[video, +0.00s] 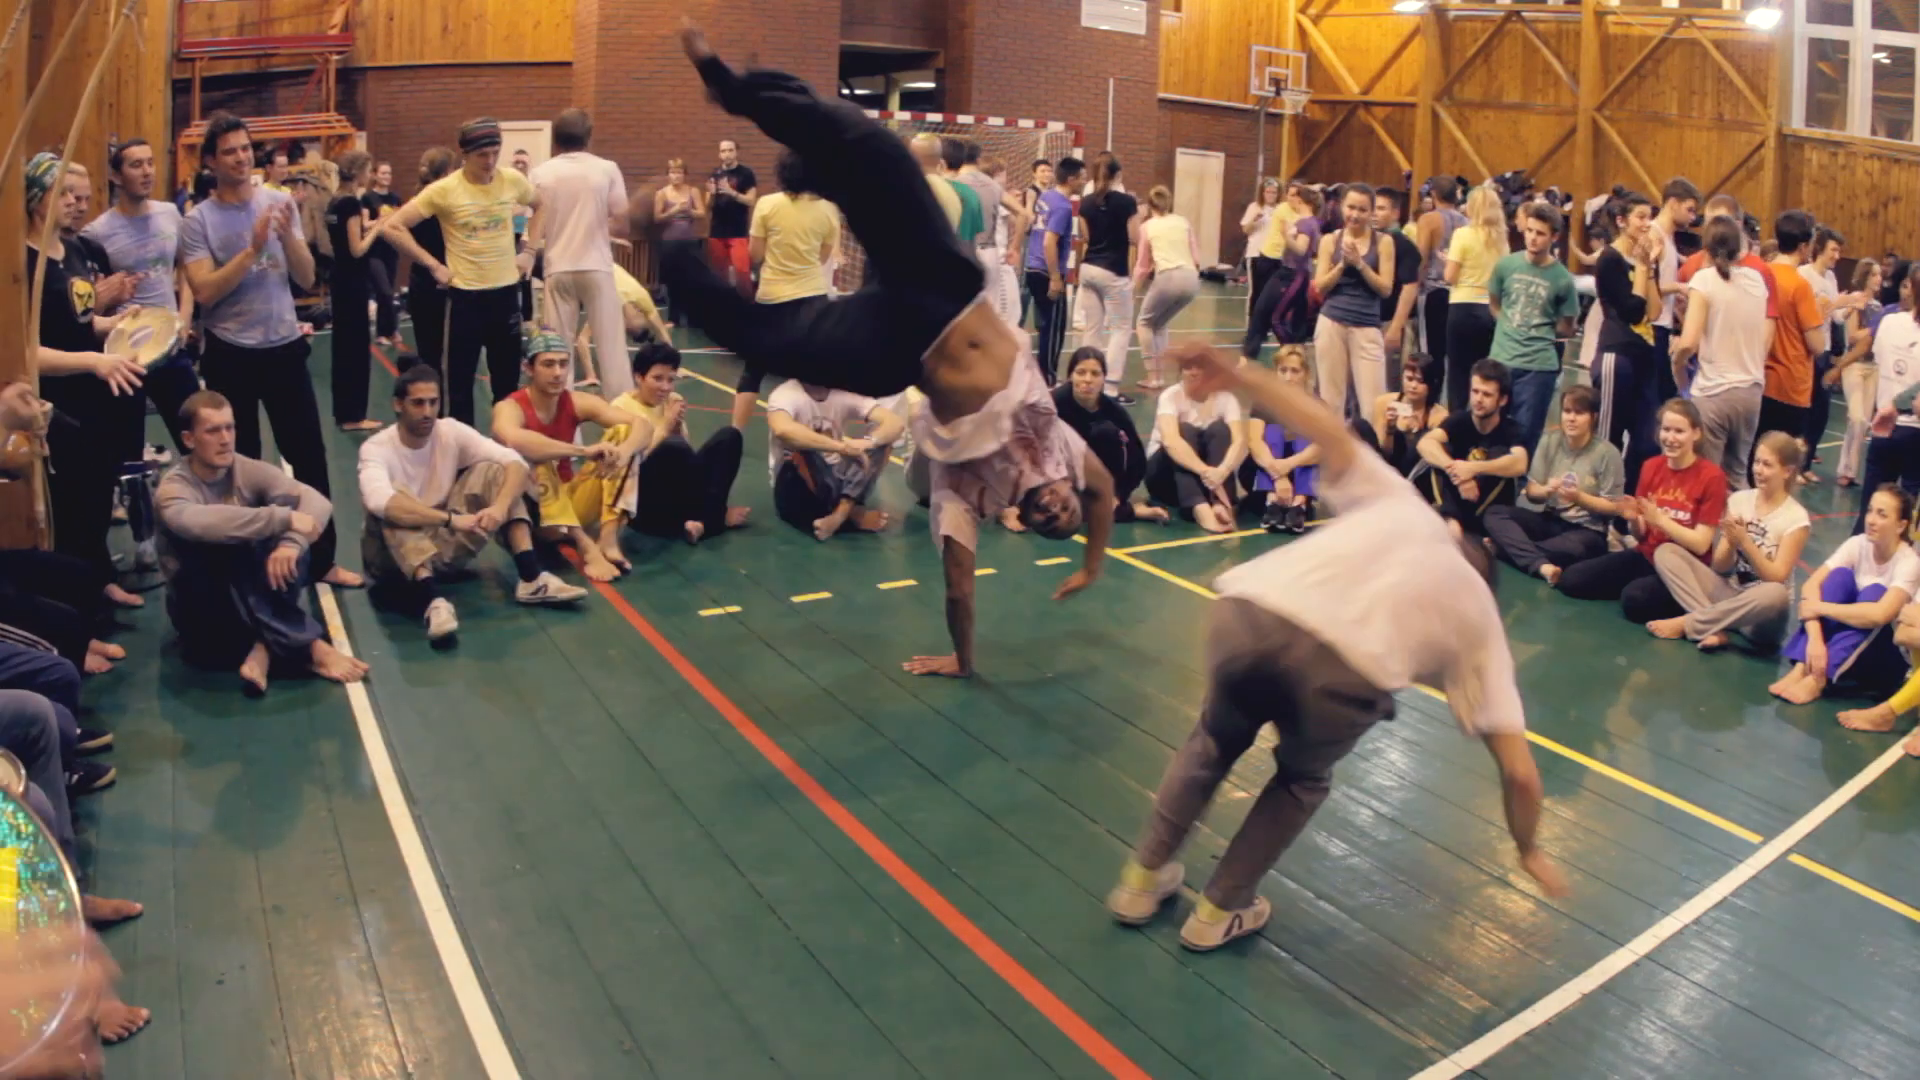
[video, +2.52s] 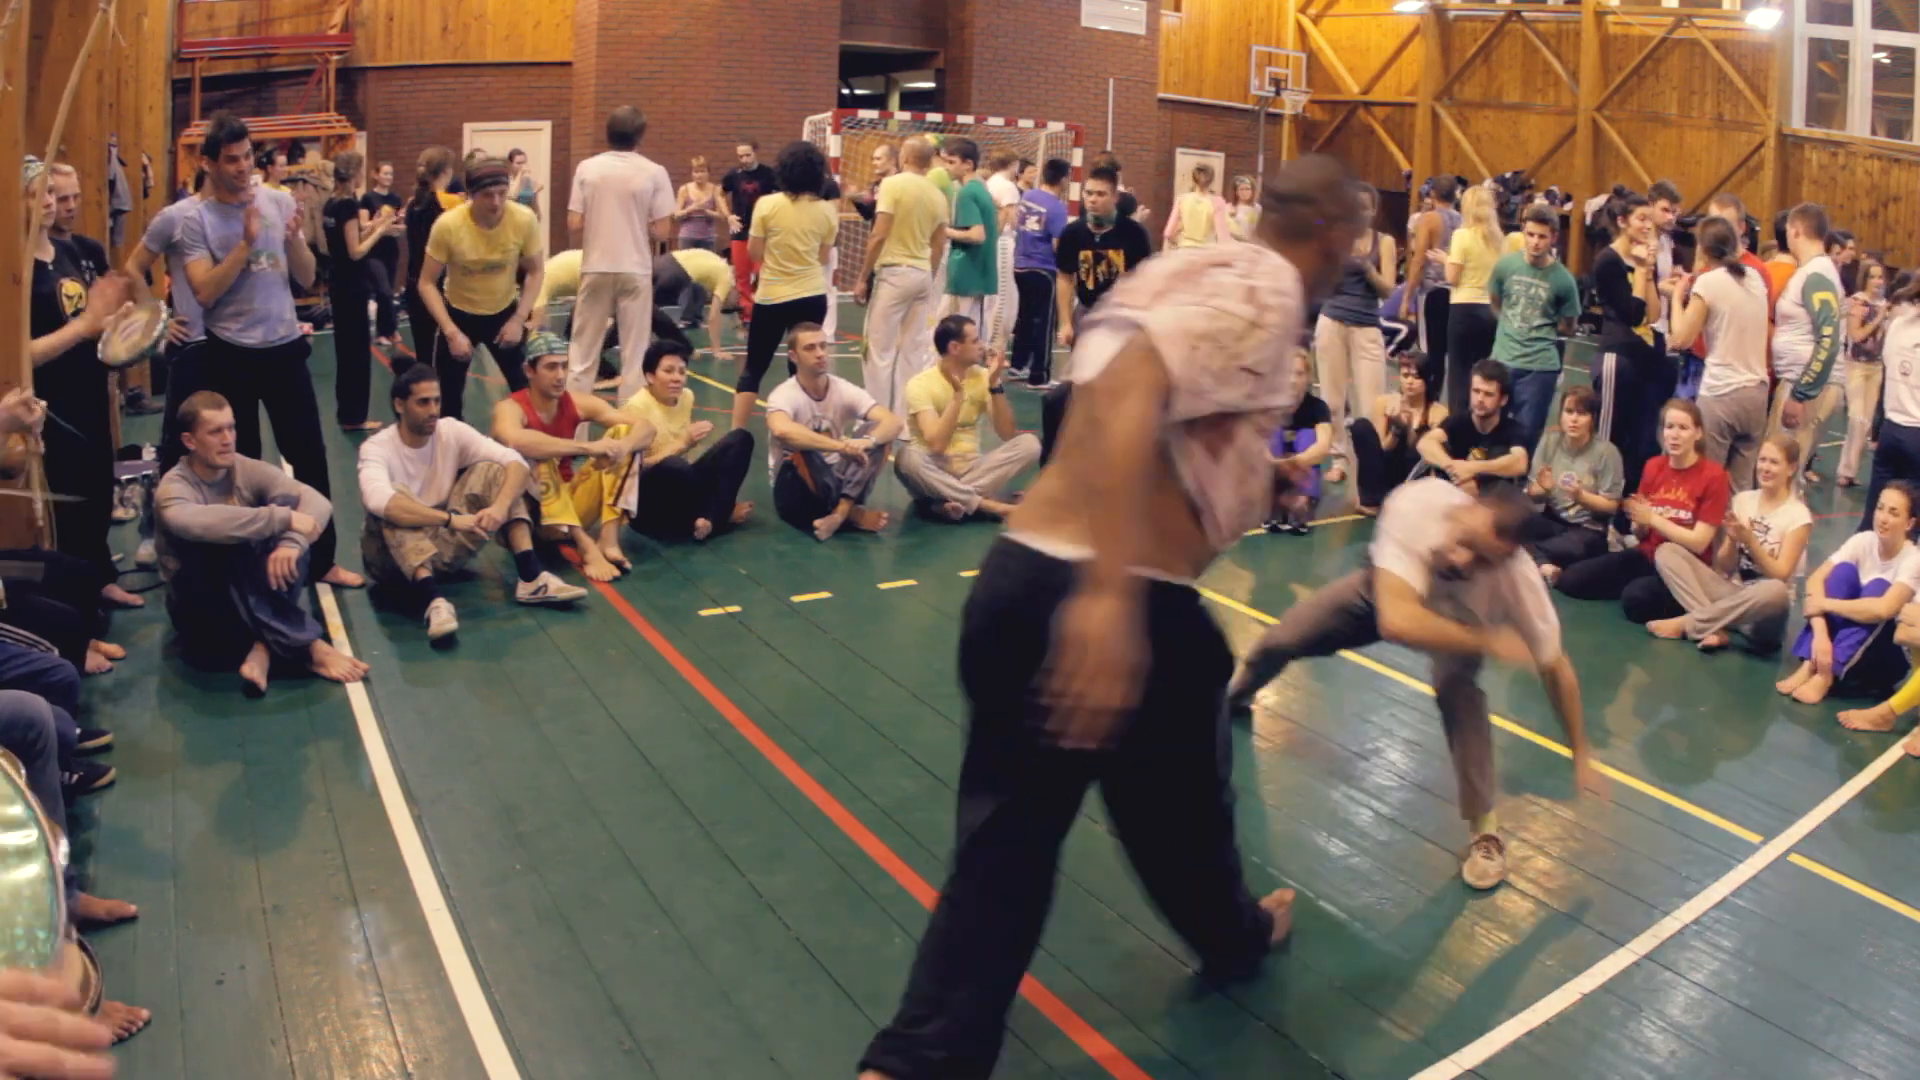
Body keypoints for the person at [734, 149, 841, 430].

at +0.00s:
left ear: (781, 173)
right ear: (814, 175)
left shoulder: (767, 205)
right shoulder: (827, 210)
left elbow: (756, 254)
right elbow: (825, 253)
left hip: (772, 300)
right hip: (814, 299)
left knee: (754, 366)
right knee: (816, 371)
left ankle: (734, 434)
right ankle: (823, 438)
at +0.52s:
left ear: (781, 170)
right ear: (818, 172)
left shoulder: (766, 205)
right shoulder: (827, 210)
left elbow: (755, 252)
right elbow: (823, 255)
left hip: (772, 300)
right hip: (812, 299)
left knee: (754, 369)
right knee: (804, 367)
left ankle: (735, 438)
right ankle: (807, 435)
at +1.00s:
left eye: (778, 166)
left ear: (781, 170)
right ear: (819, 172)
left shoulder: (767, 204)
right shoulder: (827, 209)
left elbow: (756, 252)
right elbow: (824, 255)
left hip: (773, 300)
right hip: (813, 299)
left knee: (754, 370)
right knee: (806, 368)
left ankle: (735, 437)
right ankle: (810, 436)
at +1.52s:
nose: (773, 171)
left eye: (777, 167)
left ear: (781, 172)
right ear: (818, 172)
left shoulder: (767, 205)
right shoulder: (828, 210)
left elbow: (755, 251)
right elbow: (825, 253)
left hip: (772, 301)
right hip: (813, 298)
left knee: (754, 369)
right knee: (807, 369)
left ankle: (733, 435)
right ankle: (808, 436)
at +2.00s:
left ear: (781, 170)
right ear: (818, 172)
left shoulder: (766, 204)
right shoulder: (827, 210)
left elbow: (755, 251)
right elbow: (823, 254)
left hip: (772, 300)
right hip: (813, 298)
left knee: (754, 369)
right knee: (805, 367)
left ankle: (736, 438)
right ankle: (808, 436)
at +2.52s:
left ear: (781, 171)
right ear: (819, 172)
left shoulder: (766, 205)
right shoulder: (827, 210)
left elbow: (755, 251)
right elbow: (824, 256)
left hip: (772, 300)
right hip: (813, 298)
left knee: (753, 369)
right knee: (804, 366)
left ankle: (736, 437)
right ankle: (808, 434)